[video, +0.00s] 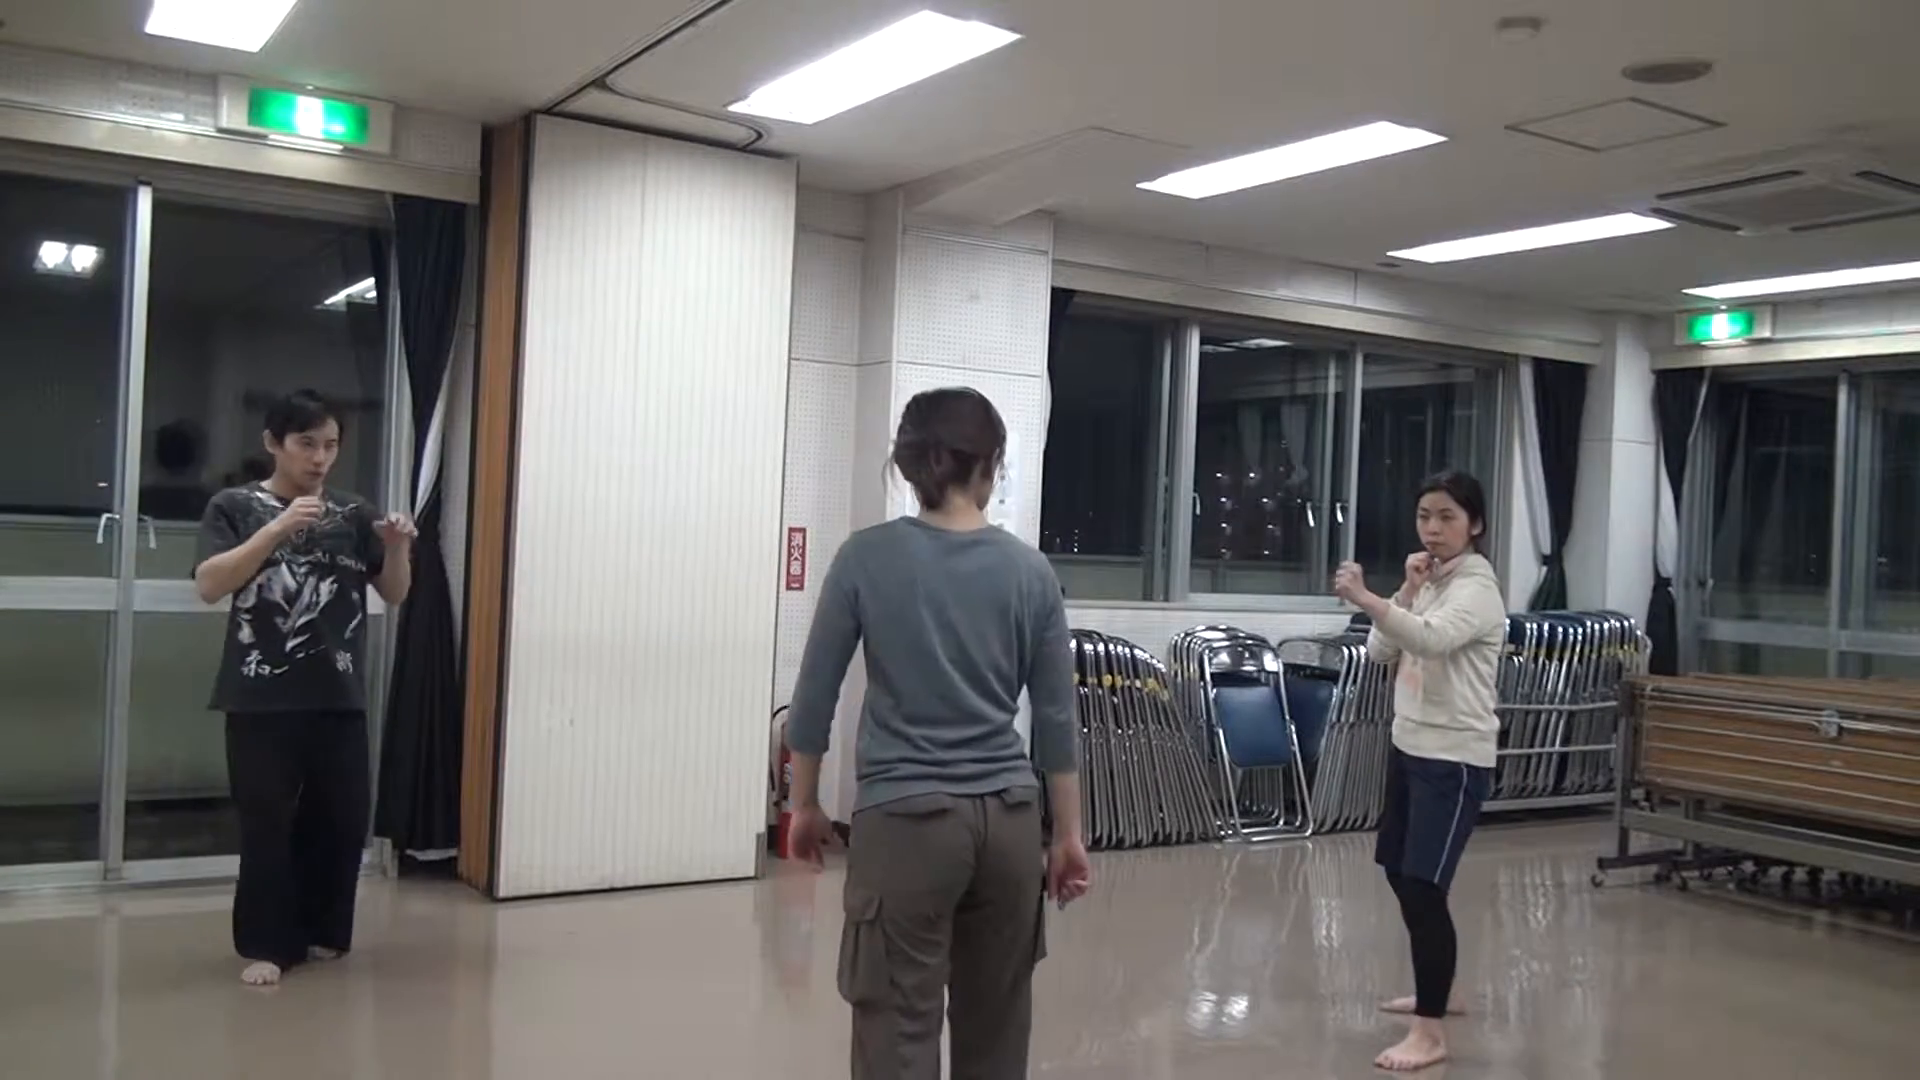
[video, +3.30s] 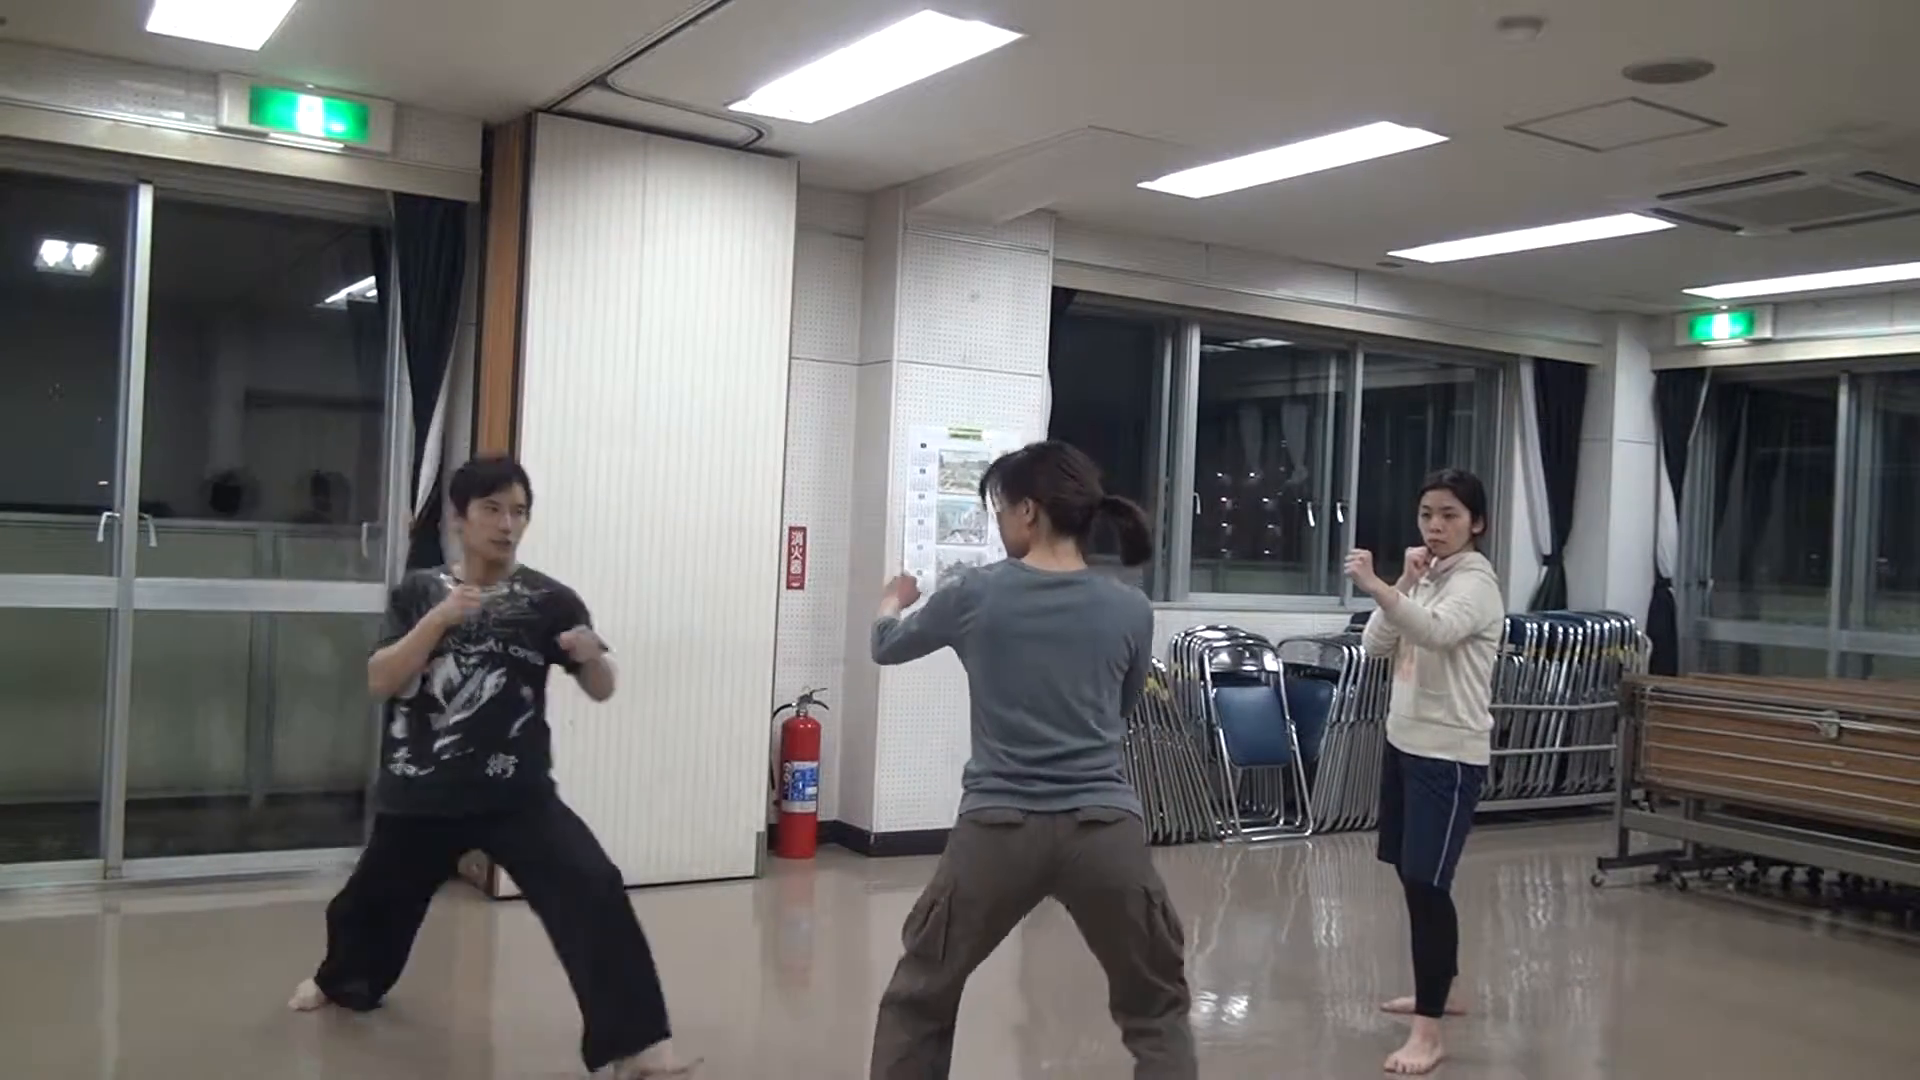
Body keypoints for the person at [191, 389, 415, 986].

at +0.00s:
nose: (322, 457)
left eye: (330, 445)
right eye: (309, 445)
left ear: (338, 448)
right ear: (275, 444)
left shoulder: (352, 516)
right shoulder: (236, 507)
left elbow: (393, 594)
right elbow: (209, 584)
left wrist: (398, 546)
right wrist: (277, 529)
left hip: (337, 698)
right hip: (261, 698)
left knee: (344, 819)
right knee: (267, 821)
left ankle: (324, 933)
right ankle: (264, 950)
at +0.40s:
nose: (320, 456)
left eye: (330, 444)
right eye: (306, 445)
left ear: (341, 447)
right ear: (275, 448)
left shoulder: (367, 512)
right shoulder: (247, 512)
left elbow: (420, 590)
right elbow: (218, 589)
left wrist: (392, 529)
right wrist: (276, 531)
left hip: (355, 703)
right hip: (270, 704)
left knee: (381, 825)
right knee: (263, 826)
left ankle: (417, 963)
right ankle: (262, 951)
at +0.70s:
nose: (372, 452)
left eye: (382, 439)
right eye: (358, 440)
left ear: (394, 445)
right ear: (329, 445)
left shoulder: (426, 516)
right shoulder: (300, 517)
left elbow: (464, 605)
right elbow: (274, 601)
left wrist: (448, 579)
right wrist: (324, 559)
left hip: (406, 714)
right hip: (320, 712)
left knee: (421, 851)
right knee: (296, 832)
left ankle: (433, 995)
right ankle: (271, 943)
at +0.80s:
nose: (390, 451)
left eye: (400, 439)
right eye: (376, 439)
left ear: (412, 444)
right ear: (347, 443)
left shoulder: (441, 514)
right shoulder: (314, 515)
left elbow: (468, 588)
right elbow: (291, 603)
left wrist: (470, 631)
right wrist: (341, 586)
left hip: (422, 710)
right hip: (338, 710)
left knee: (428, 853)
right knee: (311, 833)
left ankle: (433, 995)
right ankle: (281, 944)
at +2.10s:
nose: (412, 453)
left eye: (422, 441)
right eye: (397, 442)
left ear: (434, 442)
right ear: (364, 445)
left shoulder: (461, 515)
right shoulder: (342, 518)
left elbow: (515, 597)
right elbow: (320, 589)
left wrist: (502, 537)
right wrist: (373, 520)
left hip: (446, 720)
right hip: (363, 721)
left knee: (471, 860)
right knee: (353, 855)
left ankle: (495, 1004)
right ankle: (344, 984)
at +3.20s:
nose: (462, 513)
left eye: (472, 501)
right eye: (446, 500)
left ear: (482, 506)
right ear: (413, 505)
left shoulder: (504, 579)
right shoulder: (376, 573)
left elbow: (550, 673)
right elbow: (339, 654)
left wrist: (533, 617)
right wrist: (401, 589)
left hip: (481, 777)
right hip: (391, 776)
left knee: (545, 879)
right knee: (350, 886)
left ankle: (561, 1027)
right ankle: (342, 984)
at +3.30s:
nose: (507, 525)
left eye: (518, 513)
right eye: (492, 511)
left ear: (527, 521)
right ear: (458, 518)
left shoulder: (550, 600)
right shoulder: (418, 593)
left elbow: (602, 690)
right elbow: (380, 682)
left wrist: (591, 655)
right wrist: (436, 622)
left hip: (516, 792)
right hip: (422, 792)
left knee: (593, 887)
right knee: (373, 892)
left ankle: (638, 1042)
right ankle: (338, 979)